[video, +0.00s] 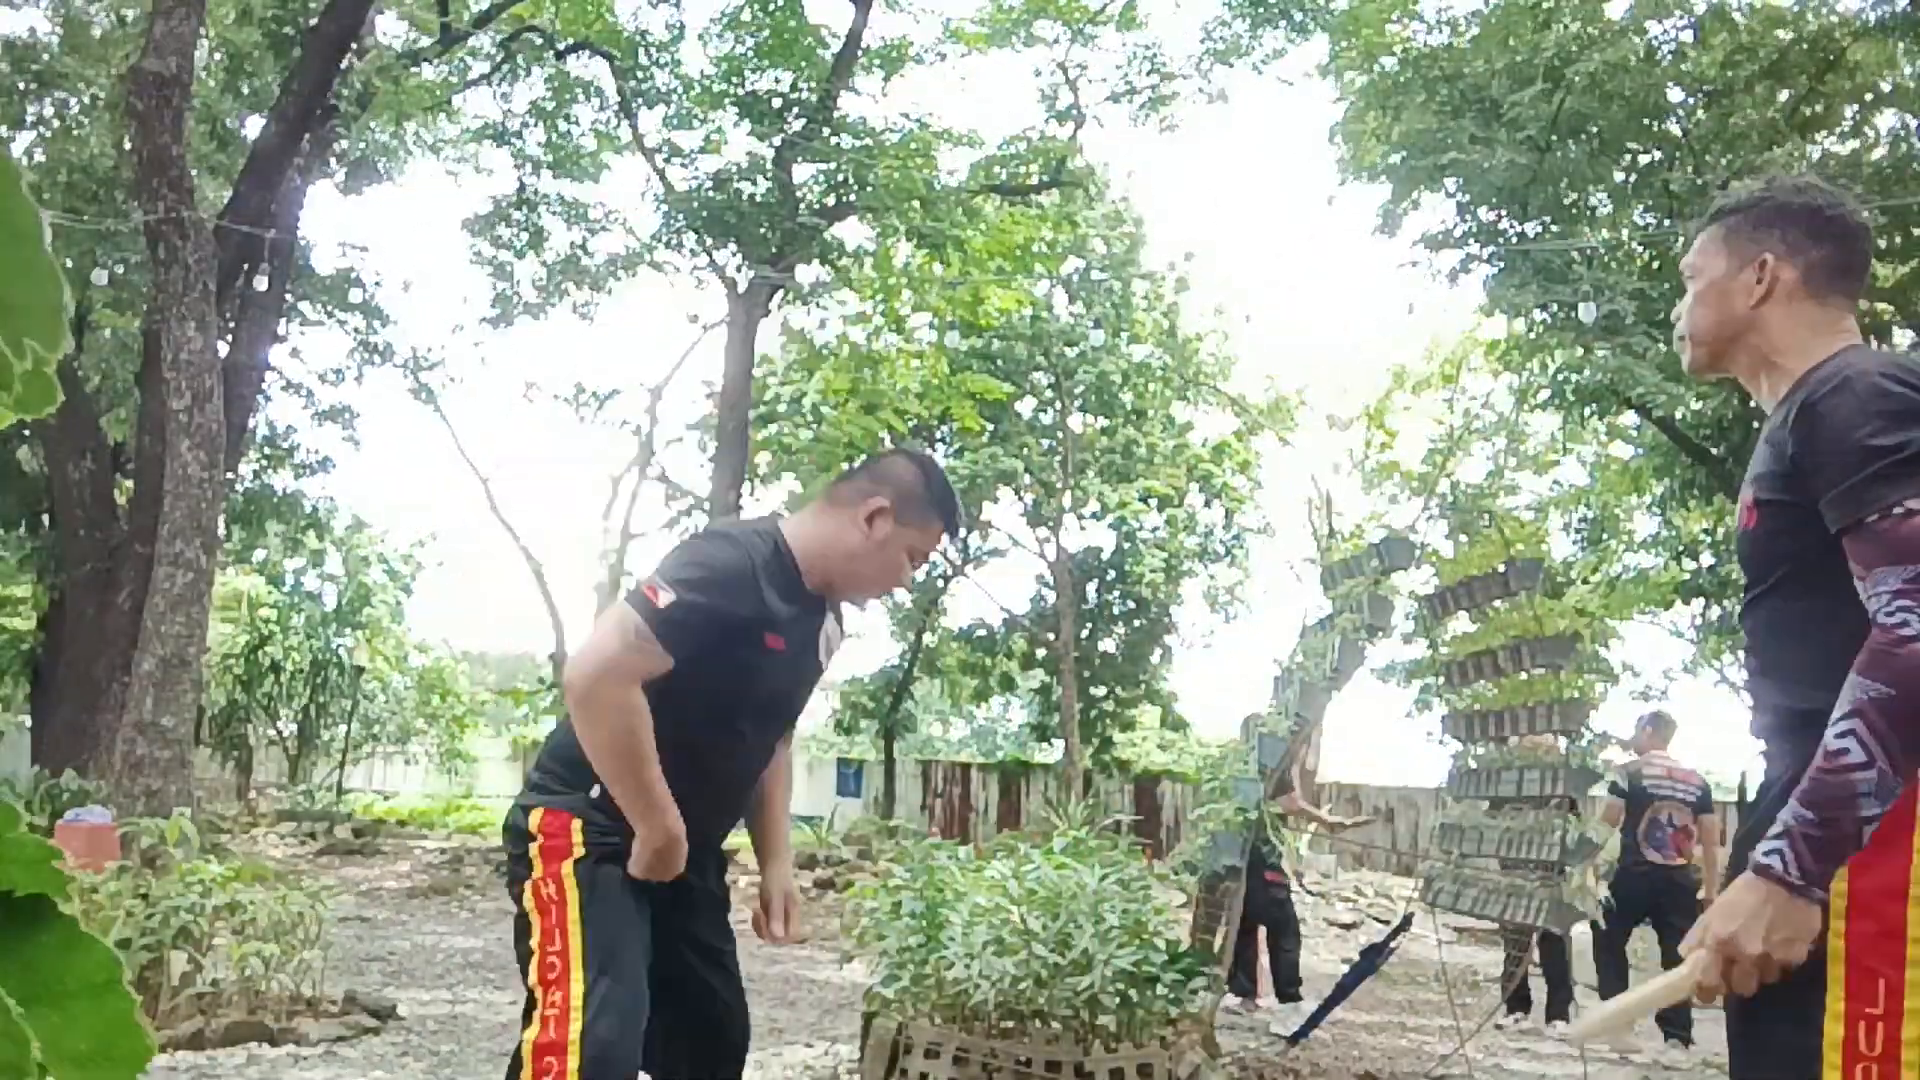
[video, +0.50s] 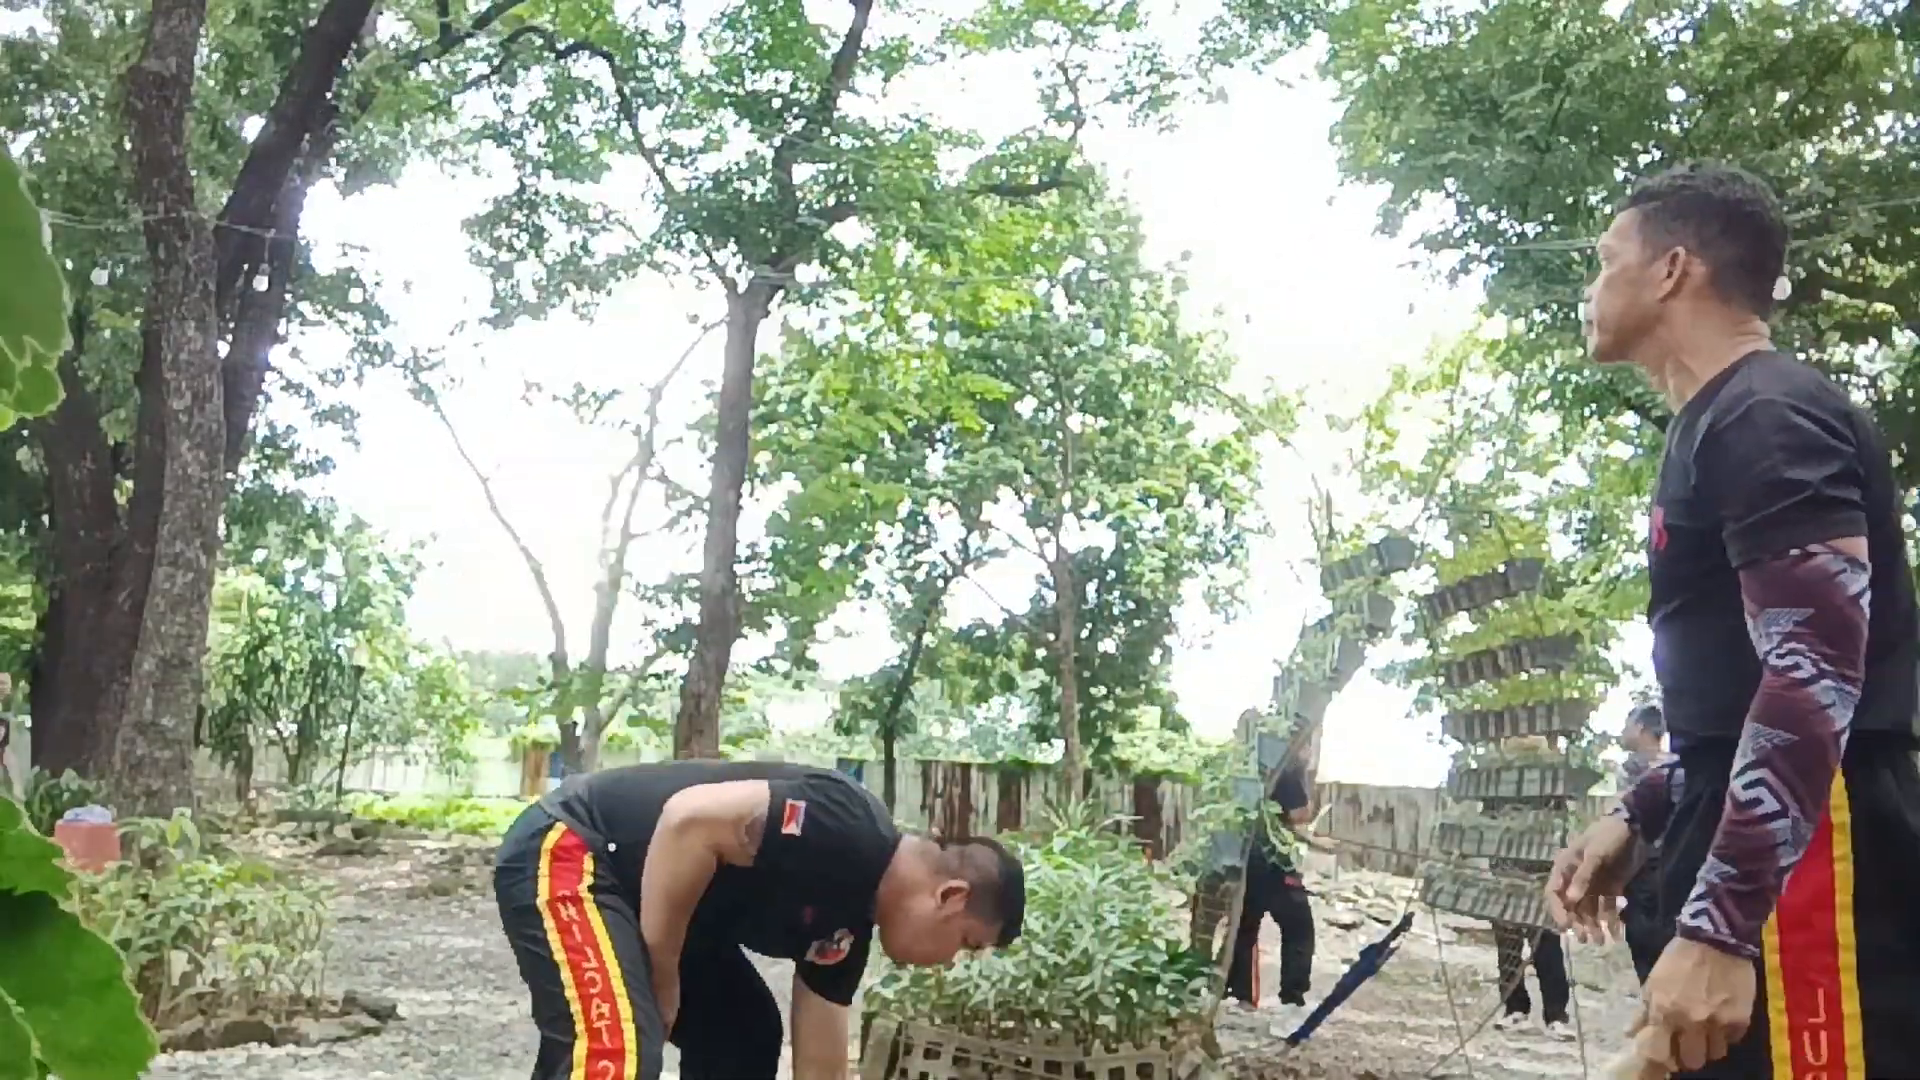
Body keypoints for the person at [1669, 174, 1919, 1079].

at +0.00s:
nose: (1679, 316)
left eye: (1691, 285)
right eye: (1681, 291)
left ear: (1763, 277)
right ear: (1763, 283)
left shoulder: (1852, 396)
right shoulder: (1811, 414)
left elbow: (1908, 634)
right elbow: (1850, 661)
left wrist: (1789, 866)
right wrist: (1769, 865)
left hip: (1862, 832)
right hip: (1821, 828)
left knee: (1827, 1059)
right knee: (1786, 1054)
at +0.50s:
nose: (1589, 287)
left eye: (1605, 258)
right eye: (1595, 262)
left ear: (1673, 269)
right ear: (1675, 272)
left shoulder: (1769, 412)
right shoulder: (1710, 426)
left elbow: (1812, 675)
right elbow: (1731, 695)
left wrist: (1720, 924)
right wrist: (1634, 821)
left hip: (1809, 827)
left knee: (1813, 1058)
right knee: (1745, 1060)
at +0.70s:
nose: (1587, 315)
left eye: (1607, 284)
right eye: (1594, 289)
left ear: (1680, 293)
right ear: (1674, 300)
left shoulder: (1763, 425)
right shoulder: (1698, 445)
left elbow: (1795, 678)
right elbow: (1702, 692)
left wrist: (1691, 900)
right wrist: (1574, 692)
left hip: (1779, 821)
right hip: (1713, 812)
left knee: (1787, 1059)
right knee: (1716, 1057)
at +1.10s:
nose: (1590, 347)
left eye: (1619, 325)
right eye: (1589, 332)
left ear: (1699, 343)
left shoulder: (1781, 466)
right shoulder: (1644, 510)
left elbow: (1853, 692)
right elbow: (1633, 716)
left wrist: (1798, 897)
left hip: (1763, 833)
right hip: (1648, 838)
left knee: (1778, 1062)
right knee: (1646, 1063)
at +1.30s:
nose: (1600, 341)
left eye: (1631, 319)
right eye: (1595, 328)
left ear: (1711, 341)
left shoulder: (1785, 468)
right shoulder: (1637, 505)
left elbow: (1895, 667)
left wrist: (1775, 859)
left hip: (1750, 819)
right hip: (1635, 817)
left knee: (1773, 1061)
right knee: (1652, 1061)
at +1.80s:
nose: (1577, 372)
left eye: (1593, 343)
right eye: (1578, 350)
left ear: (1677, 336)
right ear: (1669, 341)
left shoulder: (1786, 467)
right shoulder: (1639, 508)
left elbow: (1890, 667)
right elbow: (1637, 705)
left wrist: (1733, 830)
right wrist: (1508, 788)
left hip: (1768, 857)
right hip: (1633, 862)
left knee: (1780, 1064)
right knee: (1642, 1063)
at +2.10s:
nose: (1534, 439)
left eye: (1540, 409)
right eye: (1524, 421)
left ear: (1616, 373)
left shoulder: (1749, 461)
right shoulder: (1613, 528)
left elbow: (1909, 601)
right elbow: (1604, 710)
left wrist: (1788, 805)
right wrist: (1511, 660)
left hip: (1762, 821)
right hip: (1647, 829)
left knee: (1759, 1061)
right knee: (1637, 1060)